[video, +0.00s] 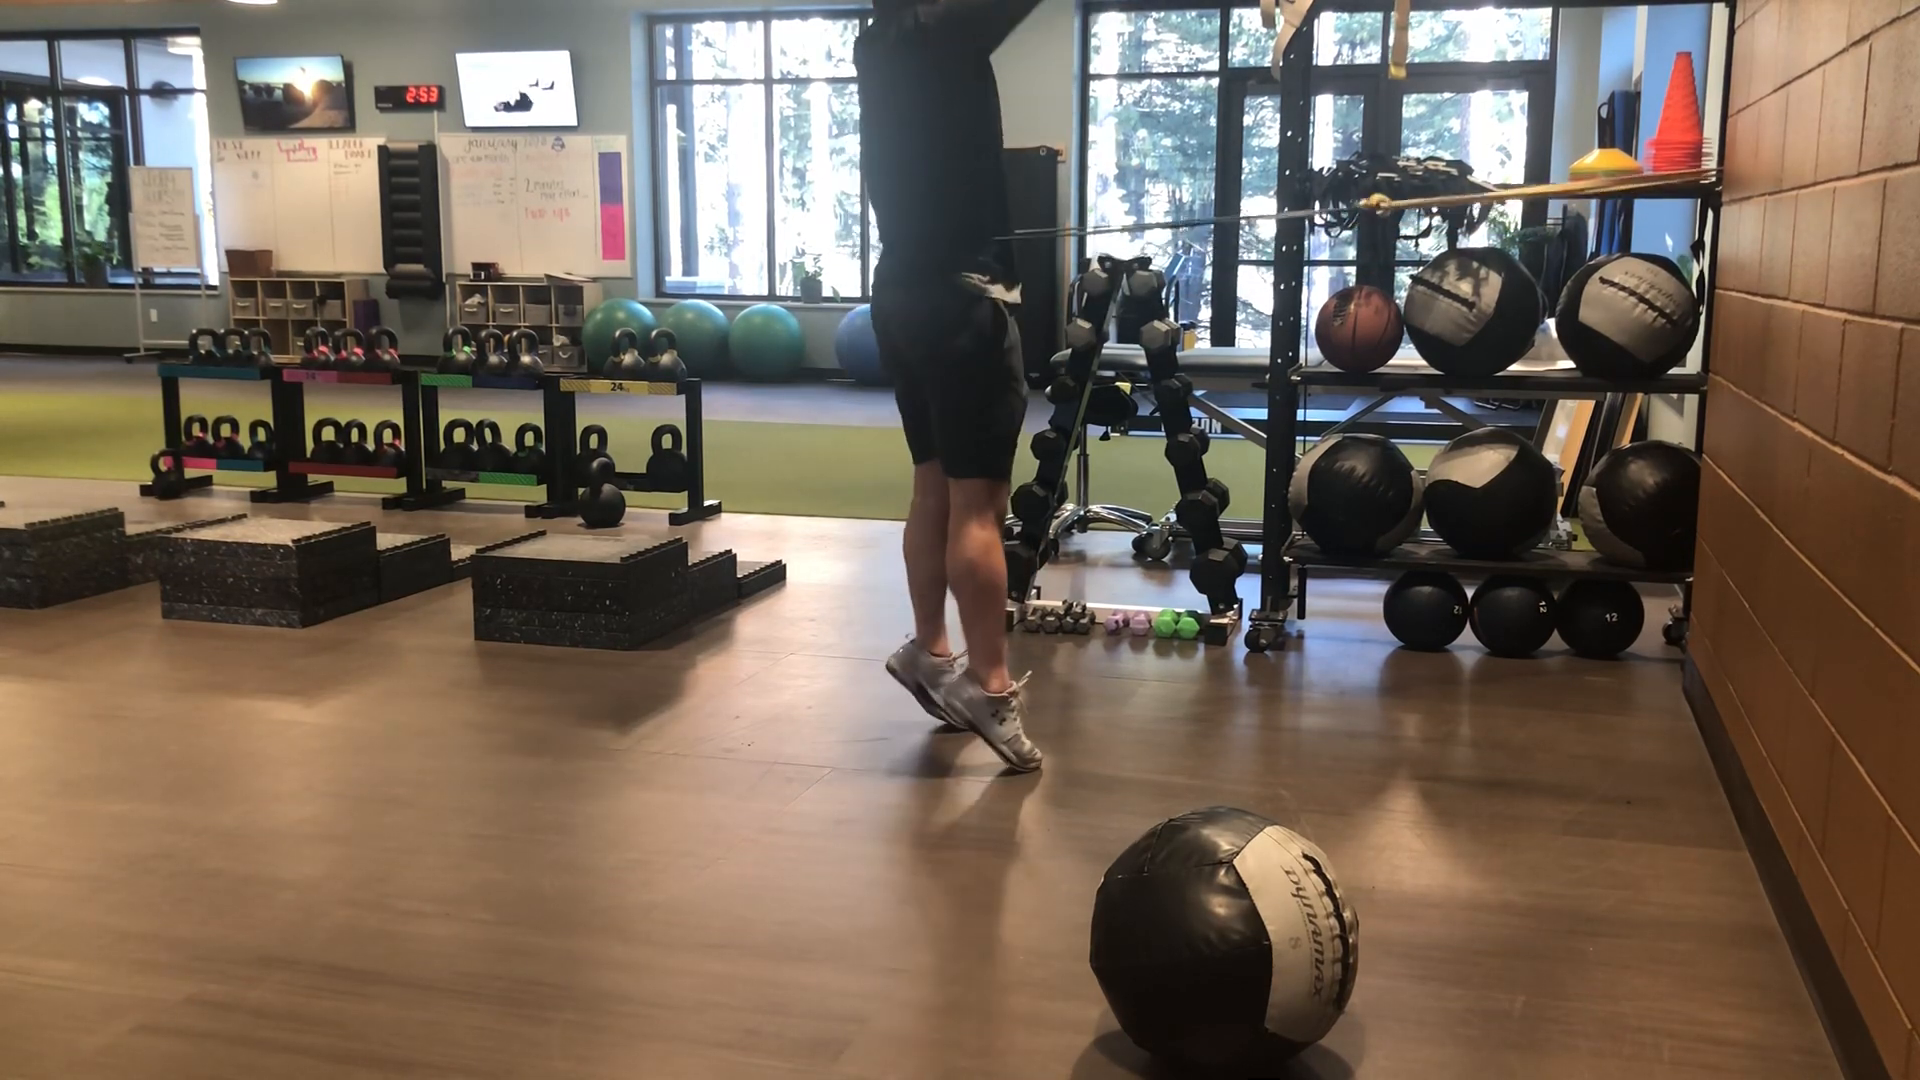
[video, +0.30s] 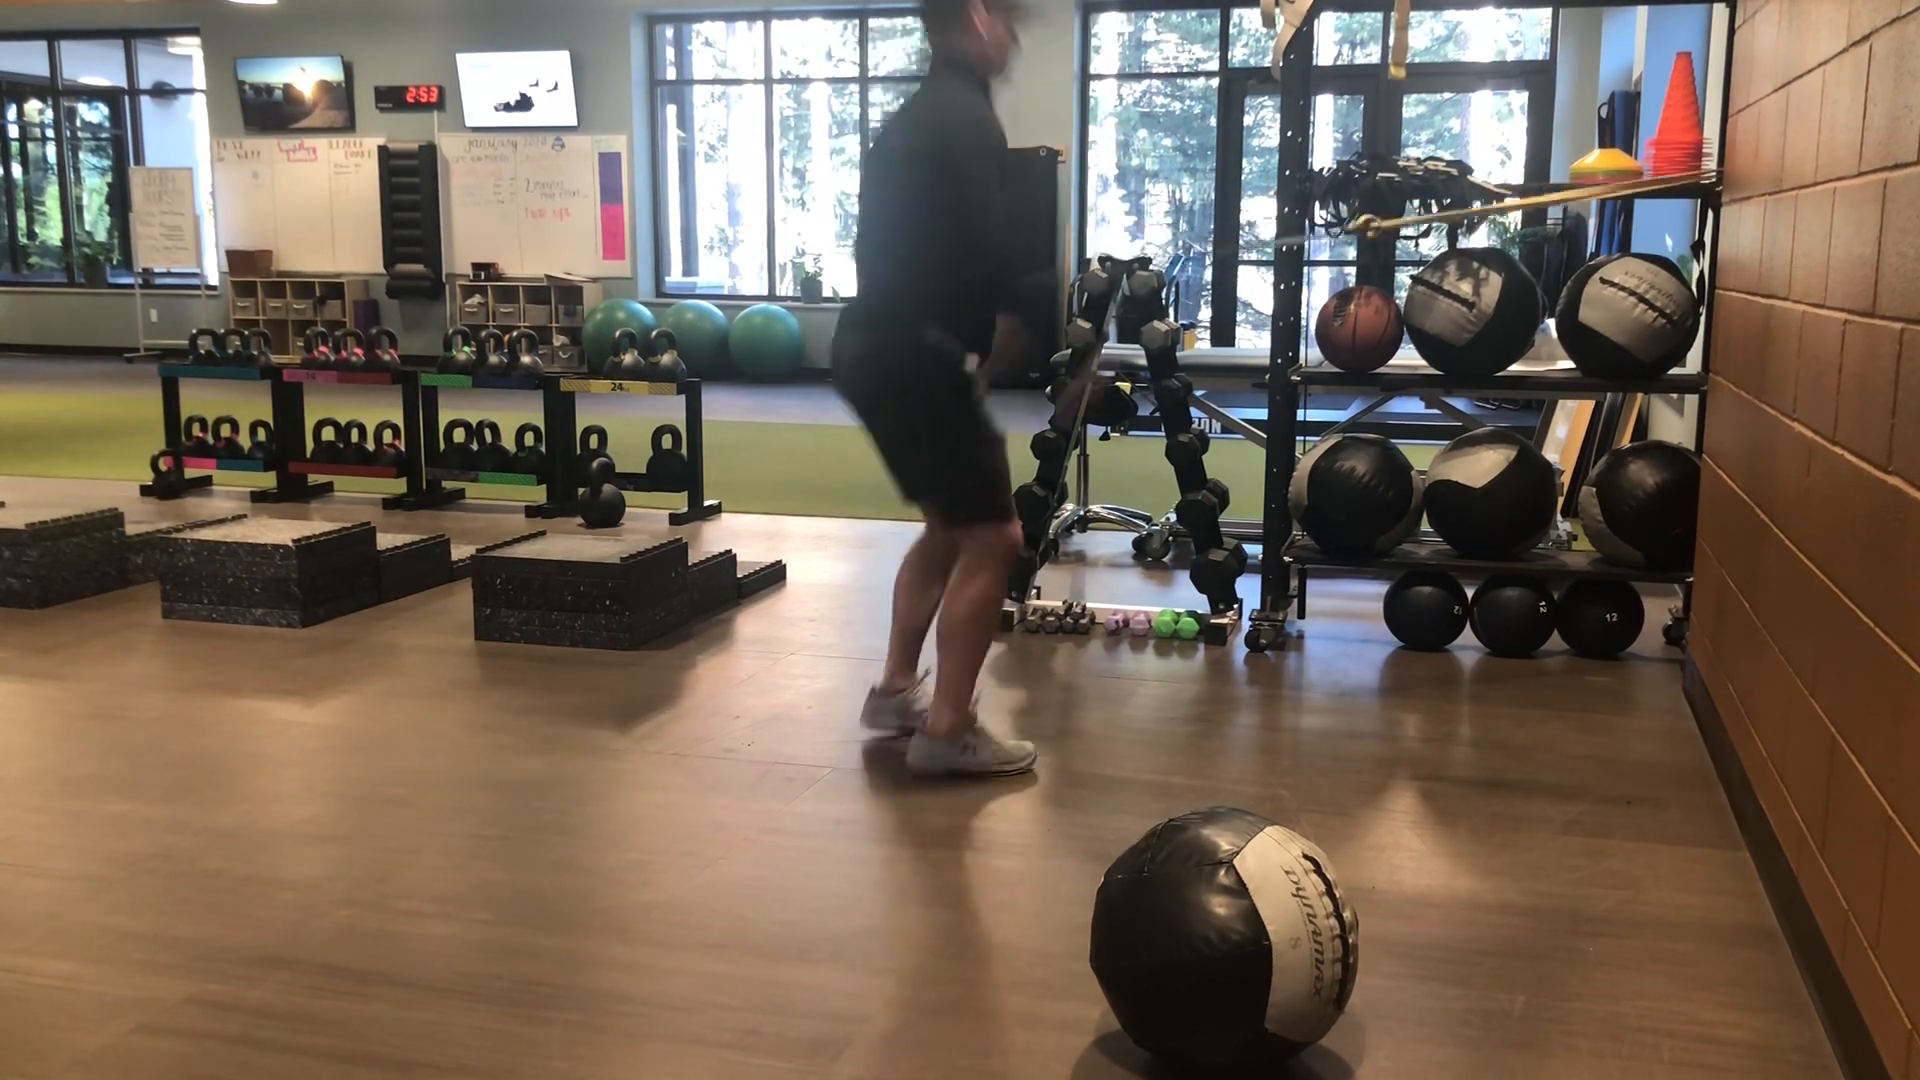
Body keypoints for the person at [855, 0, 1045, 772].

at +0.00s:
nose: (978, 12)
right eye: (973, 8)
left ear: (893, 2)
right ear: (945, 0)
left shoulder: (874, 49)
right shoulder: (954, 36)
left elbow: (885, 188)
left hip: (900, 293)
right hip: (963, 296)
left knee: (932, 479)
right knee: (979, 504)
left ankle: (928, 647)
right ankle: (989, 686)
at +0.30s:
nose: (1014, 39)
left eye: (1012, 25)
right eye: (1008, 24)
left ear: (949, 28)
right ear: (978, 21)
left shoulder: (910, 116)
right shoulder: (965, 116)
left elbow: (920, 245)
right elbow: (993, 231)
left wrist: (987, 325)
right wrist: (1027, 315)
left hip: (869, 342)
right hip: (913, 346)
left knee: (946, 529)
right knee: (993, 542)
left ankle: (895, 689)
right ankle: (948, 733)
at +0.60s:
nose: (1082, 186)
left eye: (1084, 171)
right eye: (1080, 169)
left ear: (1020, 161)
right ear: (1051, 161)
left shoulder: (955, 220)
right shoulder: (1008, 244)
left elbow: (853, 291)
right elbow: (932, 328)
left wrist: (766, 366)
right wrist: (845, 413)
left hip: (844, 418)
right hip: (885, 432)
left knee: (959, 545)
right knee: (1026, 558)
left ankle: (897, 695)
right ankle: (949, 733)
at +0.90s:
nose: (1063, 77)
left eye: (1064, 62)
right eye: (1060, 59)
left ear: (1003, 52)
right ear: (1024, 51)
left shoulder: (938, 136)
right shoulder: (997, 147)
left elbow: (874, 257)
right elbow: (954, 275)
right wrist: (953, 404)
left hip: (862, 357)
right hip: (911, 365)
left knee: (954, 534)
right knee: (993, 543)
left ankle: (893, 699)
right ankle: (947, 734)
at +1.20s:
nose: (1024, 19)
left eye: (1021, 9)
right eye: (1017, 7)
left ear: (959, 16)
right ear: (985, 9)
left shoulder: (913, 99)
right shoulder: (984, 98)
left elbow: (932, 223)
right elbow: (1009, 224)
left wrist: (1021, 183)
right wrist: (1089, 242)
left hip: (909, 330)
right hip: (970, 336)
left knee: (912, 519)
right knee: (1014, 524)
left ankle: (890, 696)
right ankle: (957, 708)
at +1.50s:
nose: (1118, 32)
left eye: (1116, 20)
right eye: (1110, 19)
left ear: (1057, 27)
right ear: (1072, 22)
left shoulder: (1020, 101)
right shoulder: (1064, 110)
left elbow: (966, 223)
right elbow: (1057, 237)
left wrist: (1027, 299)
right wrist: (1115, 323)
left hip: (999, 353)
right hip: (1059, 357)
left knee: (965, 520)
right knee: (1109, 536)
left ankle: (897, 687)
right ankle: (1167, 694)